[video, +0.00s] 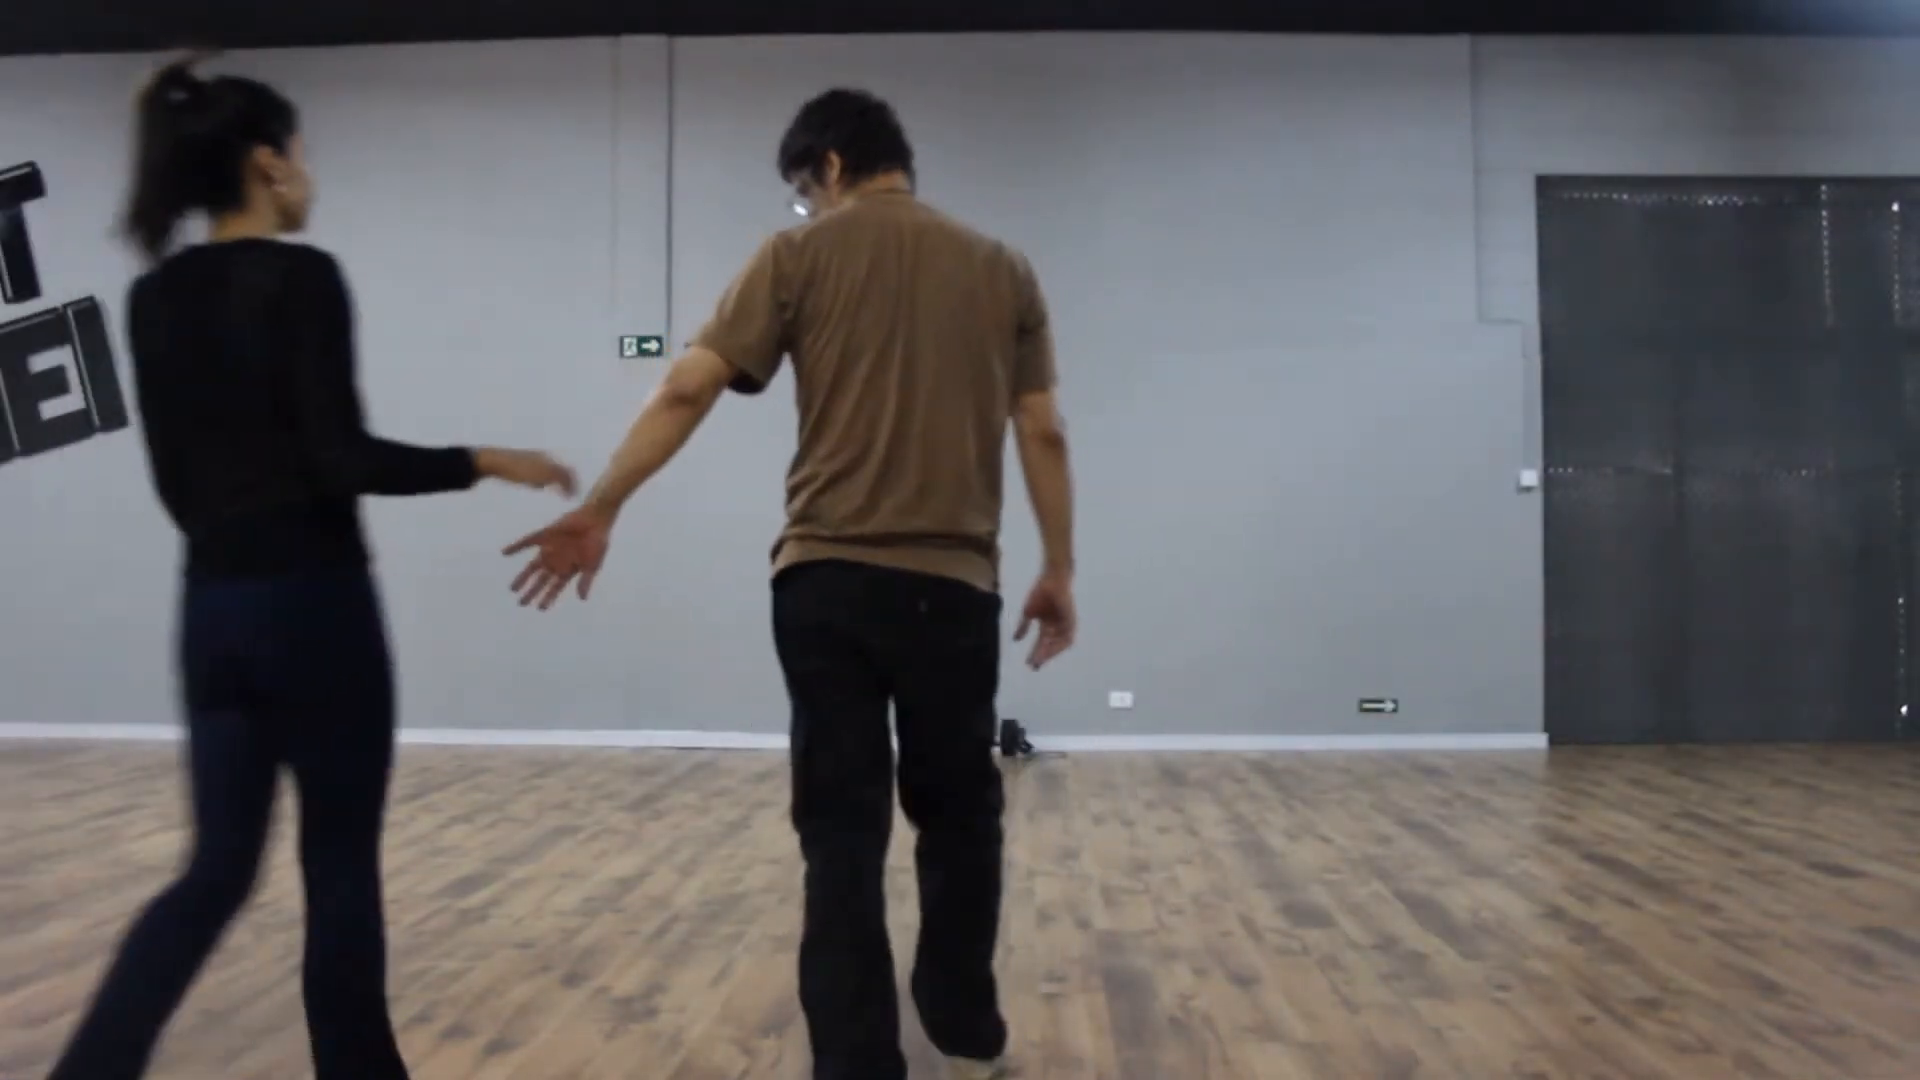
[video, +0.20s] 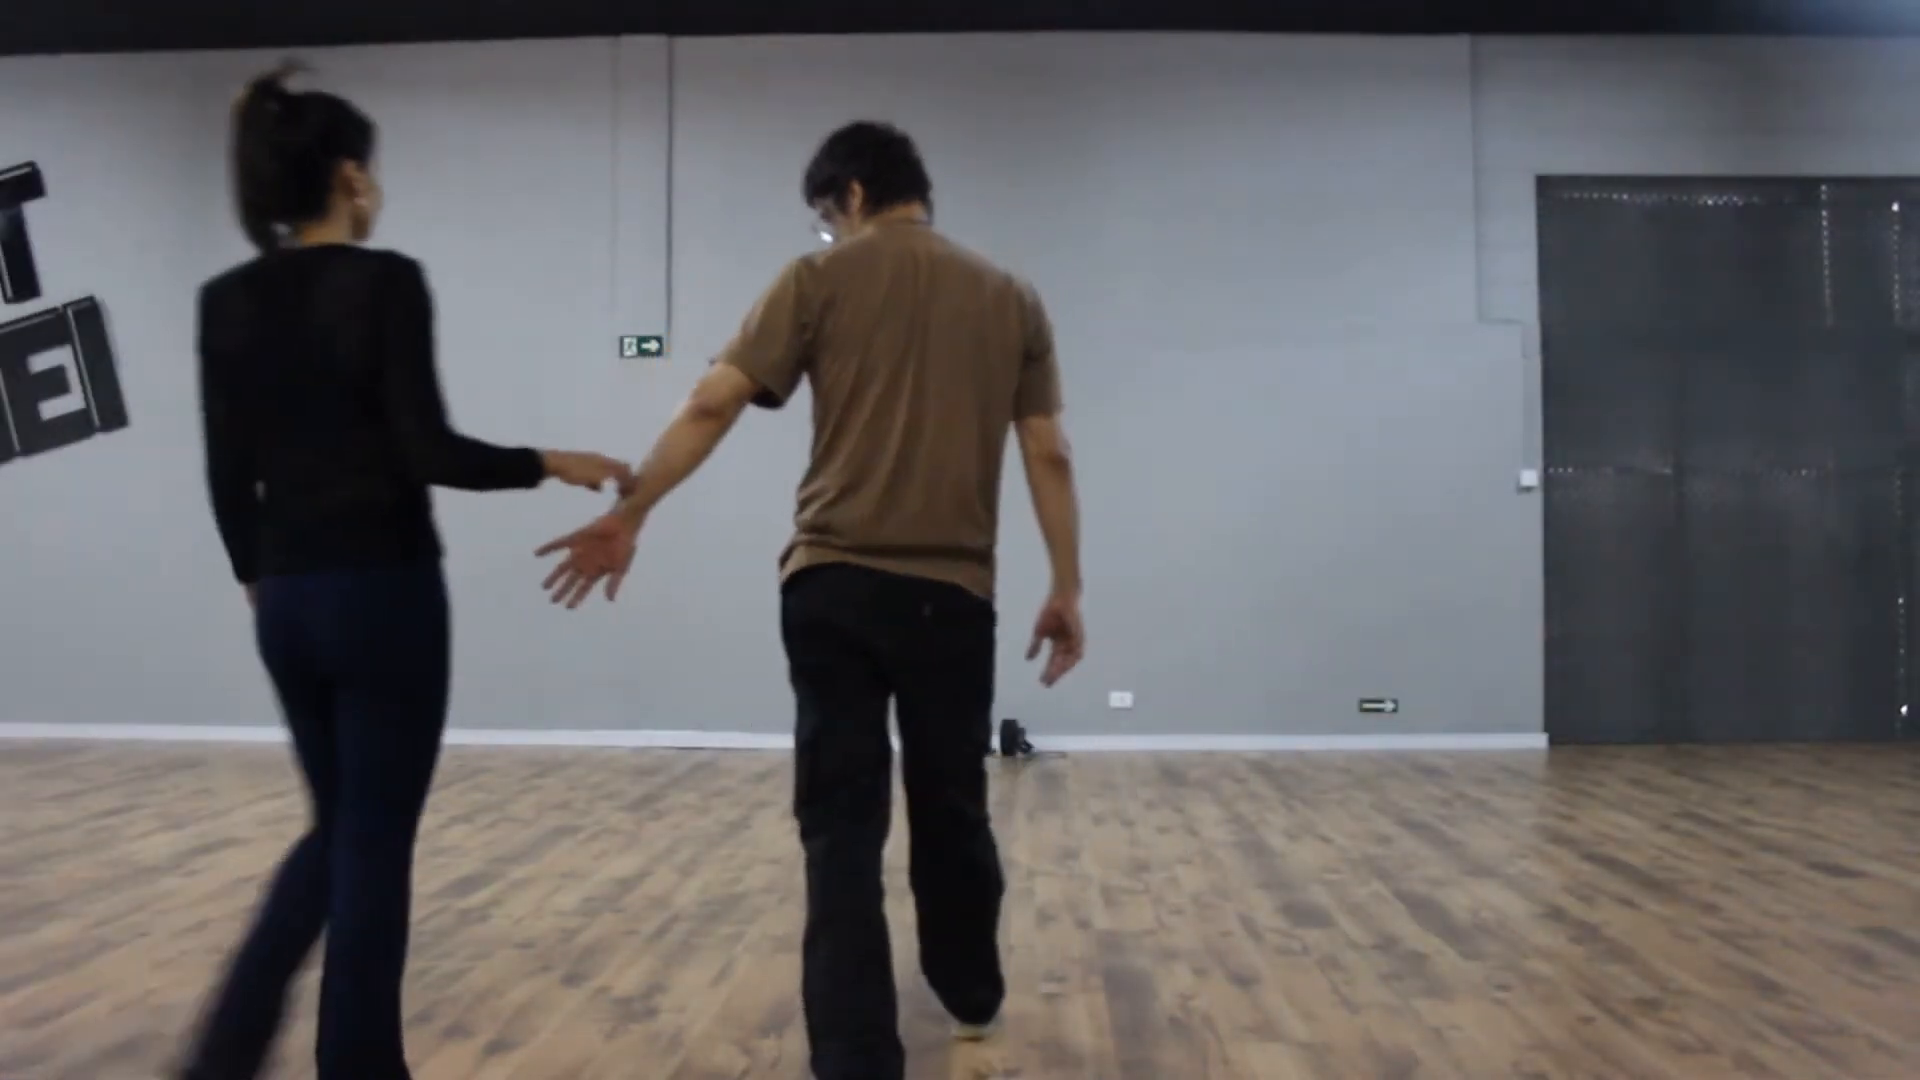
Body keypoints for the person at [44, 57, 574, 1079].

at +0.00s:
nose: (308, 172)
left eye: (301, 153)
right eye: (298, 154)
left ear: (206, 175)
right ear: (267, 165)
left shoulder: (155, 298)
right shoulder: (303, 275)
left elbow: (178, 485)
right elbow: (342, 459)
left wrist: (256, 543)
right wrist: (482, 464)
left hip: (216, 613)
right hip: (321, 608)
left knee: (216, 869)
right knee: (342, 876)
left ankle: (89, 1069)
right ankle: (360, 1069)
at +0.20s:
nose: (377, 182)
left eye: (370, 165)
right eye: (371, 166)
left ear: (271, 186)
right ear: (348, 176)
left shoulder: (227, 300)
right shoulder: (387, 282)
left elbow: (228, 471)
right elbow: (430, 451)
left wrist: (262, 580)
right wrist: (556, 466)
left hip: (287, 602)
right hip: (387, 595)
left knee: (334, 826)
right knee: (377, 845)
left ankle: (224, 1052)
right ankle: (361, 1064)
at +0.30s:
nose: (424, 196)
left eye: (418, 180)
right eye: (418, 181)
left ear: (322, 197)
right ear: (398, 190)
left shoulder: (279, 311)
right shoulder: (435, 288)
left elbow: (261, 469)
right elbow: (476, 453)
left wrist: (260, 607)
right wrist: (586, 476)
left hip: (327, 603)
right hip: (426, 598)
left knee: (398, 819)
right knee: (390, 846)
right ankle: (355, 1061)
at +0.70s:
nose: (525, 249)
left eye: (519, 234)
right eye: (519, 235)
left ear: (438, 250)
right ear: (501, 245)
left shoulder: (403, 349)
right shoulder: (529, 330)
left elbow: (387, 490)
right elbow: (545, 472)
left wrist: (383, 616)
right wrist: (651, 498)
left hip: (441, 606)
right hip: (521, 606)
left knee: (497, 807)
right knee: (530, 814)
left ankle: (529, 1013)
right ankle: (426, 1013)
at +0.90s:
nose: (564, 259)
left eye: (561, 244)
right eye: (558, 244)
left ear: (482, 257)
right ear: (534, 251)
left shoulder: (448, 351)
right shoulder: (554, 333)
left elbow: (487, 478)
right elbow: (564, 471)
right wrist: (680, 502)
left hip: (480, 602)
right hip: (559, 601)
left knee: (506, 794)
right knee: (603, 787)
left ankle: (523, 1009)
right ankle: (575, 989)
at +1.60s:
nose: (666, 282)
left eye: (660, 269)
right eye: (658, 270)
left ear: (602, 284)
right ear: (632, 278)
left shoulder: (582, 360)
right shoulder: (631, 357)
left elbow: (638, 442)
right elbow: (664, 486)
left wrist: (713, 415)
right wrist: (746, 571)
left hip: (604, 584)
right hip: (644, 587)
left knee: (647, 759)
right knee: (655, 762)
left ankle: (596, 933)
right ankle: (633, 949)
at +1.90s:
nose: (685, 283)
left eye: (678, 270)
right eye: (676, 271)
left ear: (629, 286)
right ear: (649, 281)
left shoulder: (631, 358)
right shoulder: (632, 364)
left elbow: (714, 367)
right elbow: (670, 485)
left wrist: (800, 318)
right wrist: (749, 558)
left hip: (644, 576)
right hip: (649, 581)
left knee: (660, 758)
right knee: (659, 761)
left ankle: (631, 942)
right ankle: (630, 948)